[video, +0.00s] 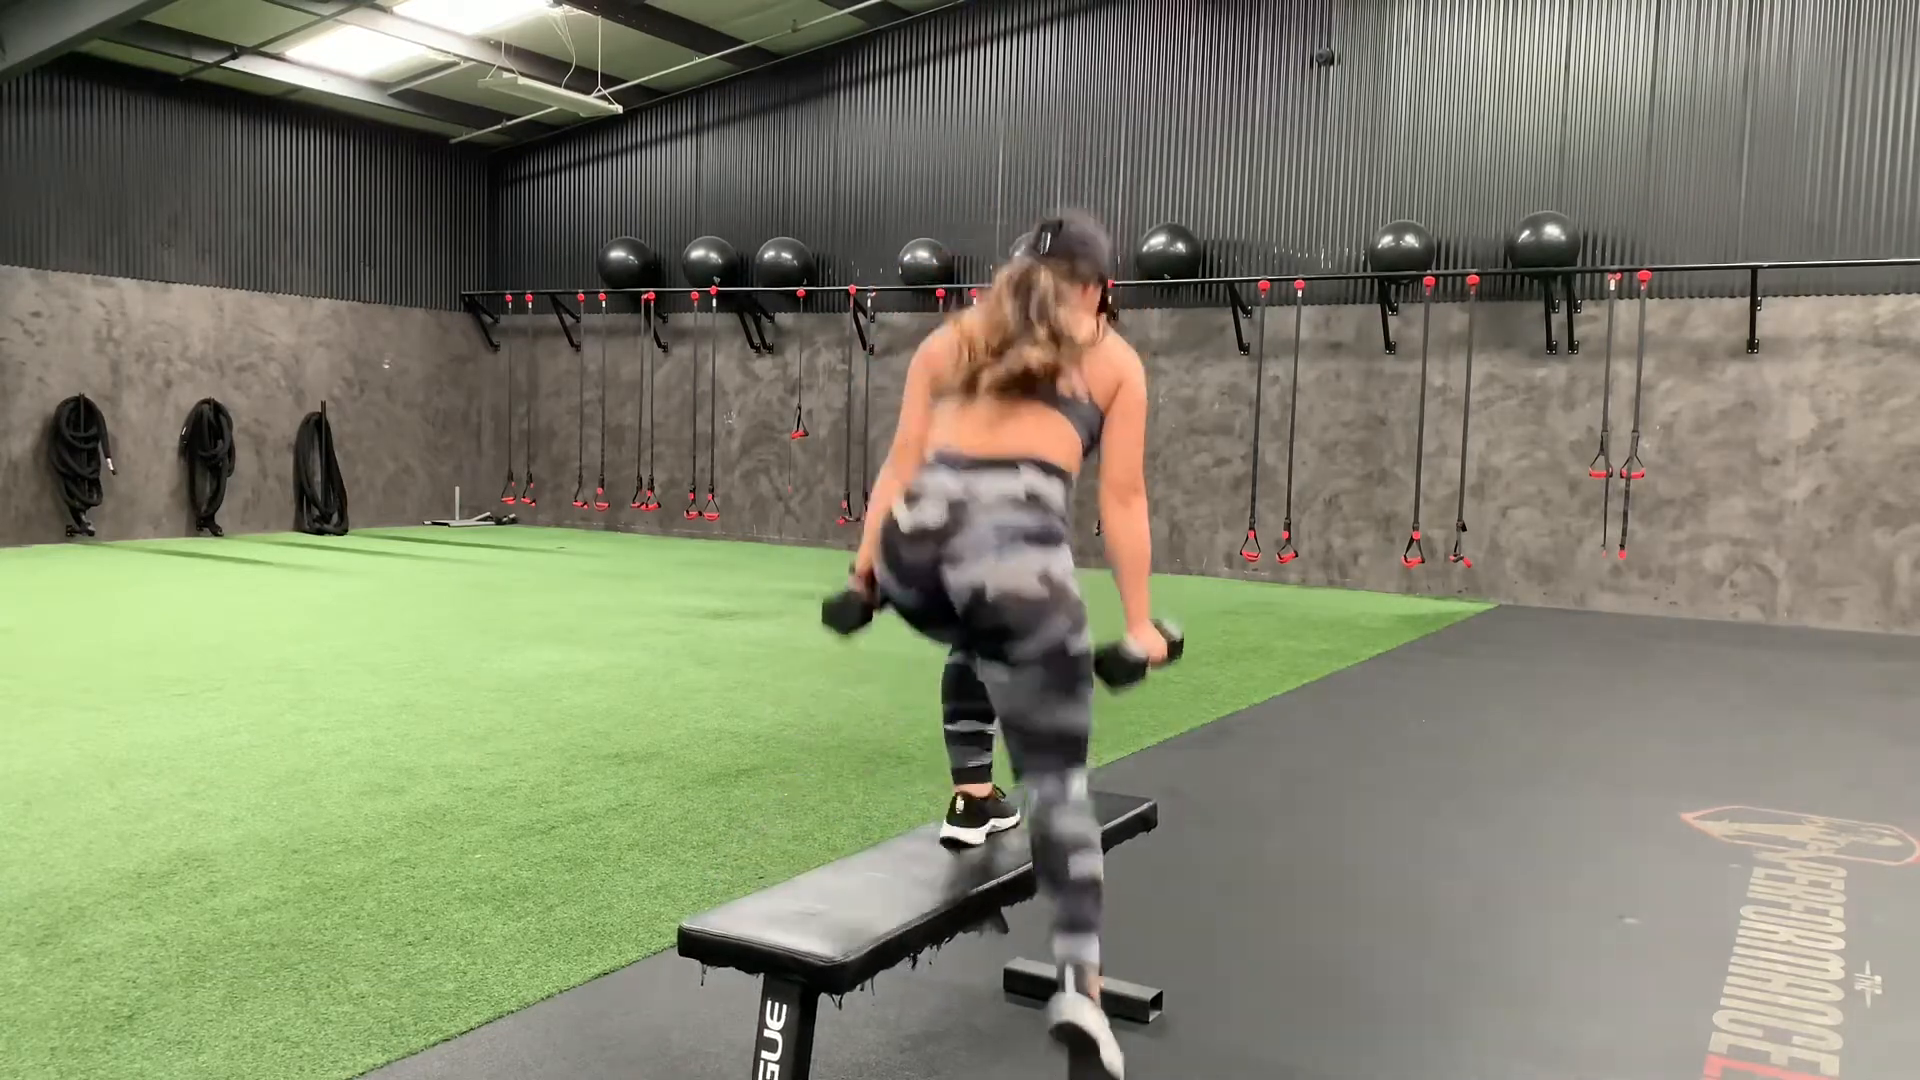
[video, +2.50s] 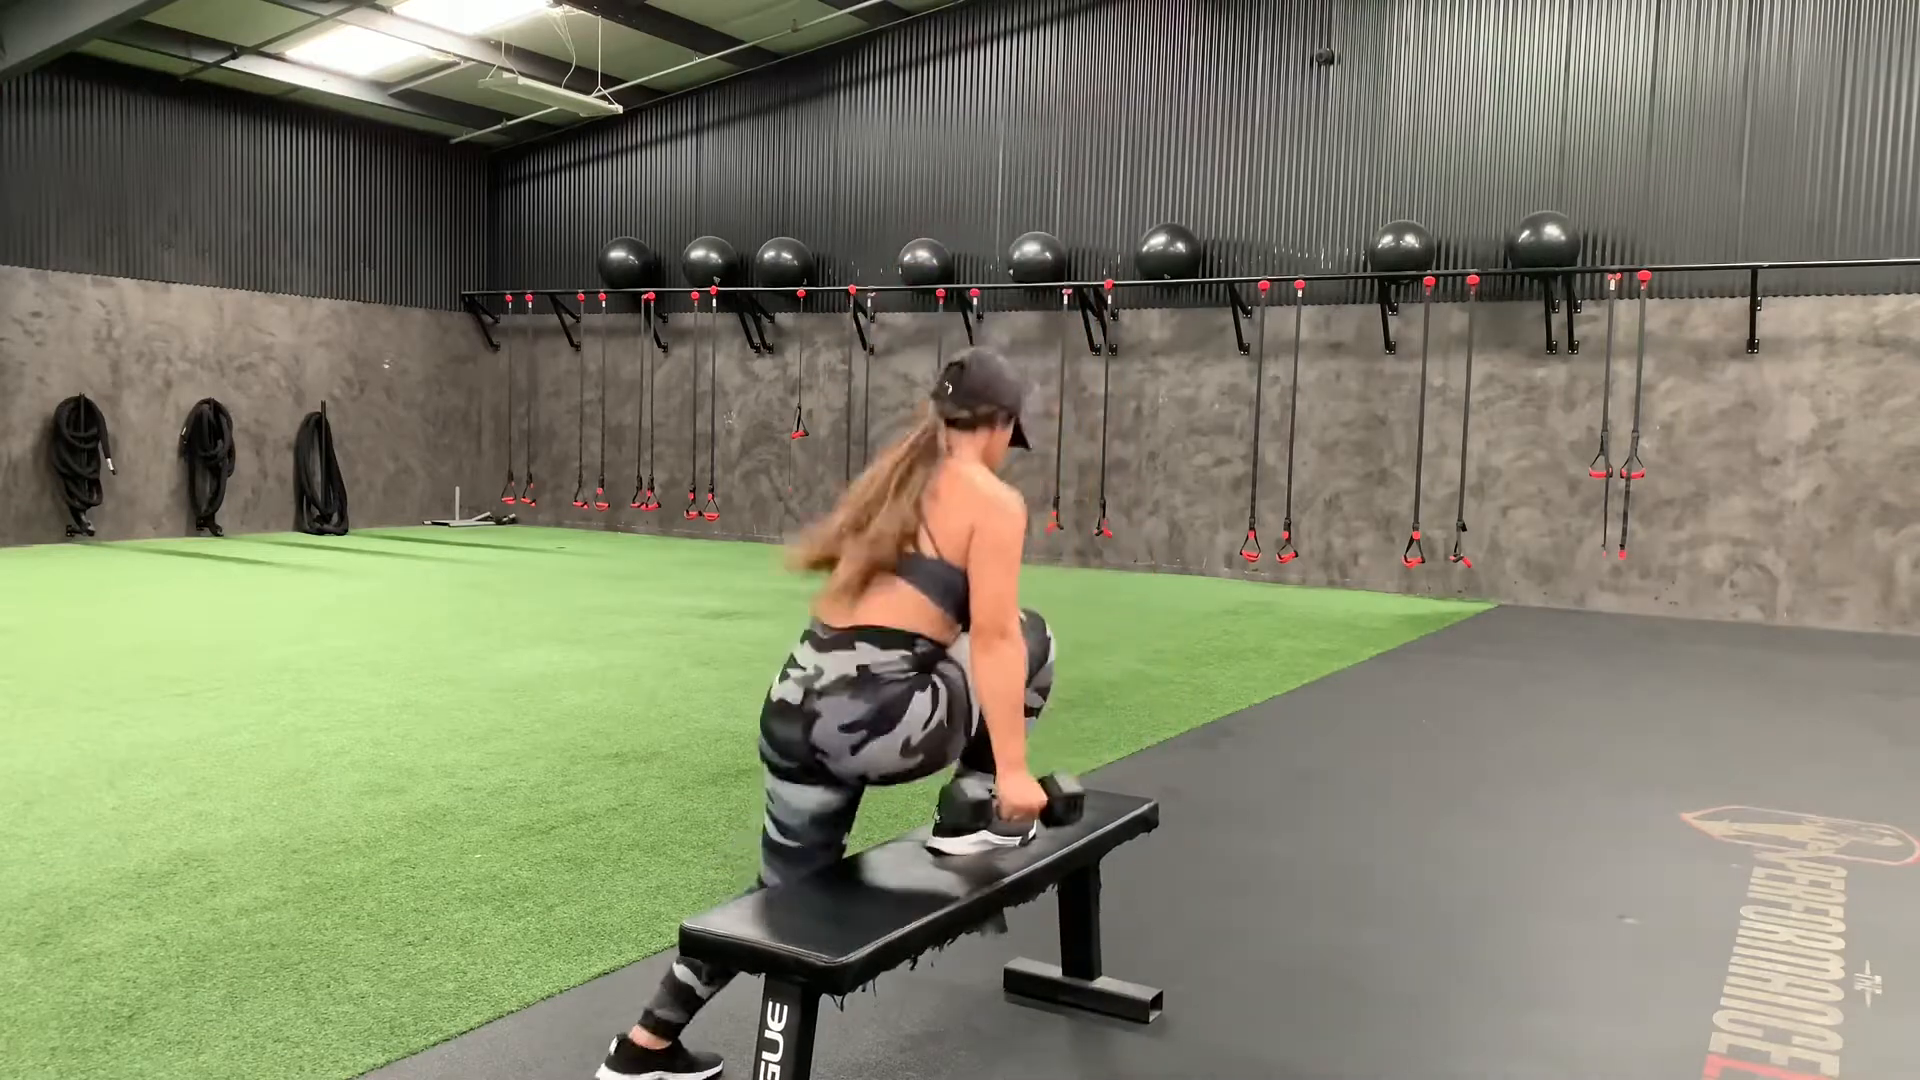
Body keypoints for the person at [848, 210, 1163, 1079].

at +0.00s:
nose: (1109, 304)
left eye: (1105, 292)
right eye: (1109, 292)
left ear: (1015, 278)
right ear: (1094, 289)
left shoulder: (945, 343)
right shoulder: (1113, 361)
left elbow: (903, 463)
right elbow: (1121, 497)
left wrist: (862, 575)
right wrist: (1139, 626)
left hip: (913, 553)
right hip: (1022, 560)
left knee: (975, 636)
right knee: (1056, 783)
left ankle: (971, 795)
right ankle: (1080, 985)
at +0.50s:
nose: (1084, 234)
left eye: (1082, 222)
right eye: (1085, 222)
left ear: (1012, 203)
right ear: (1076, 218)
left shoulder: (945, 260)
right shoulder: (1087, 283)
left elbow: (909, 385)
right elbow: (1103, 418)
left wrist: (866, 508)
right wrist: (1123, 542)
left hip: (884, 464)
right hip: (985, 466)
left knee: (951, 608)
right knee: (1053, 637)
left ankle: (951, 787)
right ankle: (1039, 802)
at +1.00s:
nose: (1040, 424)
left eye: (1042, 412)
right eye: (1042, 412)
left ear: (974, 394)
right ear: (1033, 408)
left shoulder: (908, 458)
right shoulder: (1027, 490)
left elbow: (890, 553)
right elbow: (1039, 632)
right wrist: (1057, 760)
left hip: (835, 684)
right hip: (923, 692)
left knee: (815, 881)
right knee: (1048, 653)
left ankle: (705, 1035)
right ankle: (983, 806)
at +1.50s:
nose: (1097, 243)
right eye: (1098, 230)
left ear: (1021, 223)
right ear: (1098, 231)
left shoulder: (953, 288)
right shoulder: (1120, 303)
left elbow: (906, 407)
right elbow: (1121, 433)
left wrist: (866, 509)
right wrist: (1128, 560)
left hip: (909, 470)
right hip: (1016, 470)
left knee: (966, 608)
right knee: (1060, 681)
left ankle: (988, 783)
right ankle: (1070, 870)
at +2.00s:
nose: (1062, 263)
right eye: (1065, 252)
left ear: (993, 243)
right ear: (1062, 250)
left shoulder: (944, 312)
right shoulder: (1085, 320)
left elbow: (905, 435)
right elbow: (1104, 448)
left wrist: (898, 568)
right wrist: (1129, 572)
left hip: (907, 505)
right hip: (1003, 505)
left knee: (971, 618)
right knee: (1062, 711)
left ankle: (987, 788)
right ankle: (1069, 911)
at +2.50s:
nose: (1012, 443)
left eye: (1013, 429)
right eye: (1012, 428)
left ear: (945, 417)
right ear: (995, 424)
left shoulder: (891, 476)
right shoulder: (991, 501)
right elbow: (994, 641)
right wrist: (1011, 771)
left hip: (794, 702)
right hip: (877, 708)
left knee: (786, 890)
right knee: (1028, 633)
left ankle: (649, 1037)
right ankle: (971, 812)